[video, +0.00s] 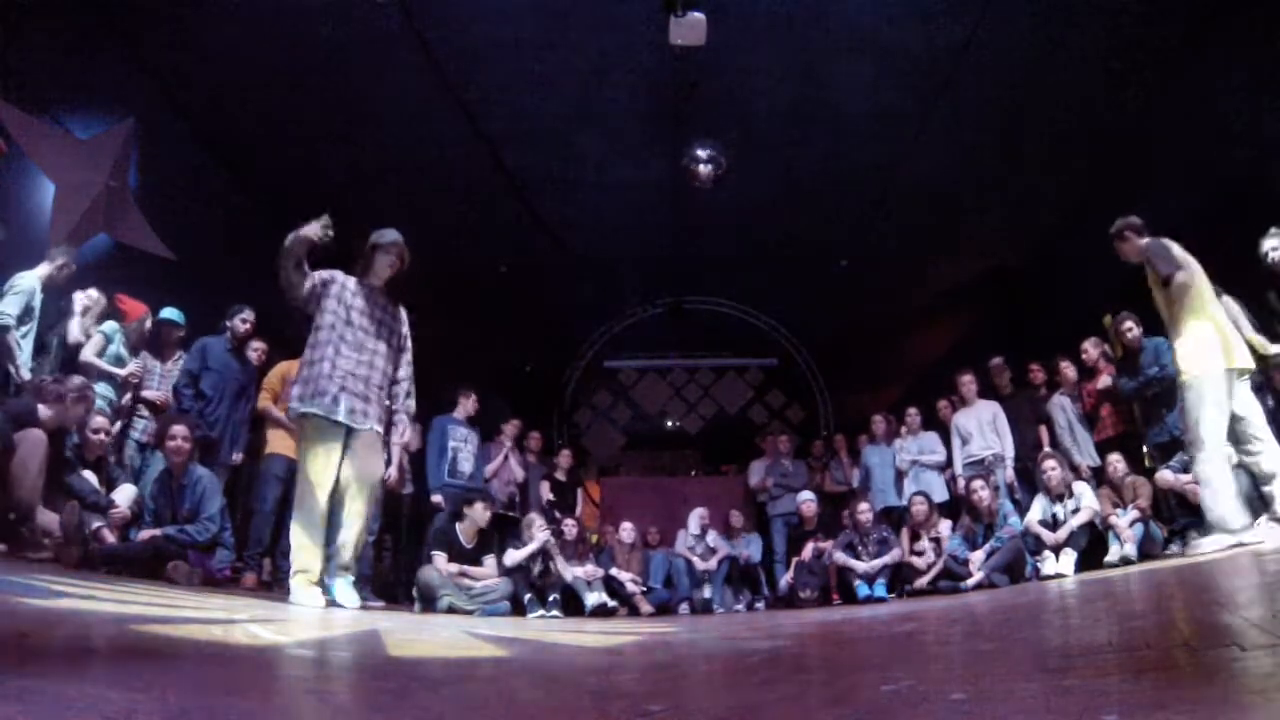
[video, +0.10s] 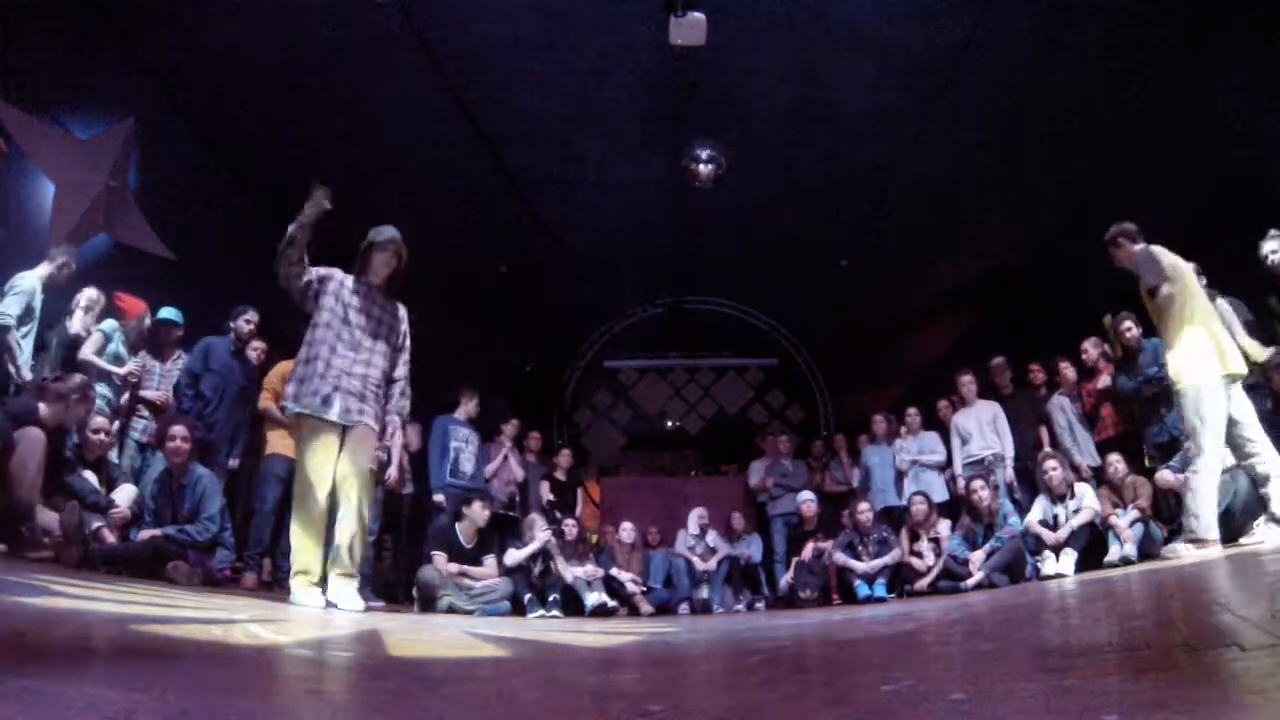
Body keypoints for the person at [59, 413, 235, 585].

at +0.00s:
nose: (178, 445)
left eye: (185, 440)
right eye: (172, 439)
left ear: (193, 446)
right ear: (162, 445)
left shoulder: (205, 480)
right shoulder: (160, 480)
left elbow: (208, 531)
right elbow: (150, 522)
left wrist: (162, 532)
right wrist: (143, 539)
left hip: (209, 553)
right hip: (171, 546)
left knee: (158, 544)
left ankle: (89, 555)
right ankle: (183, 575)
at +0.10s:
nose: (177, 445)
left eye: (184, 440)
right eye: (172, 439)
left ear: (192, 446)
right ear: (162, 445)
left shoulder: (205, 480)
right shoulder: (159, 482)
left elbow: (208, 532)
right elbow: (149, 524)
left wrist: (161, 533)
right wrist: (143, 538)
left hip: (209, 553)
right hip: (171, 546)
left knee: (158, 544)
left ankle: (91, 554)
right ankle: (181, 575)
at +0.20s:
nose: (176, 446)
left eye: (183, 441)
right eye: (170, 440)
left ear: (192, 446)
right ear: (162, 446)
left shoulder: (206, 480)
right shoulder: (160, 480)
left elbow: (207, 530)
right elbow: (149, 523)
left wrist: (162, 533)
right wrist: (143, 538)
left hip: (209, 553)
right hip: (172, 547)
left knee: (156, 545)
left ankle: (95, 555)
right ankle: (181, 575)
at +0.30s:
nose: (176, 447)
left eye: (183, 441)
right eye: (170, 441)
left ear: (192, 446)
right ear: (162, 446)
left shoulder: (207, 480)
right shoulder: (160, 480)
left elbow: (207, 531)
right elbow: (149, 523)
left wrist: (162, 533)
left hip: (209, 553)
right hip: (171, 548)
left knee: (156, 545)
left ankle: (96, 555)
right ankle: (181, 575)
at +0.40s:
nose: (174, 447)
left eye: (181, 442)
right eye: (169, 441)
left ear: (191, 446)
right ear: (162, 446)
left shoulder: (206, 480)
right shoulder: (160, 480)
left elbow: (207, 531)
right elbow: (148, 523)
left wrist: (162, 533)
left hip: (209, 553)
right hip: (171, 548)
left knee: (156, 545)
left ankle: (97, 555)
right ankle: (181, 575)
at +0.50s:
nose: (173, 447)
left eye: (180, 442)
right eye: (168, 441)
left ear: (190, 447)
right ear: (161, 446)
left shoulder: (204, 479)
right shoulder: (160, 480)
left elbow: (208, 531)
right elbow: (149, 522)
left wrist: (163, 533)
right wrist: (145, 539)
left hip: (206, 552)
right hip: (170, 546)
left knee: (155, 546)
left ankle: (95, 555)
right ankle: (180, 575)